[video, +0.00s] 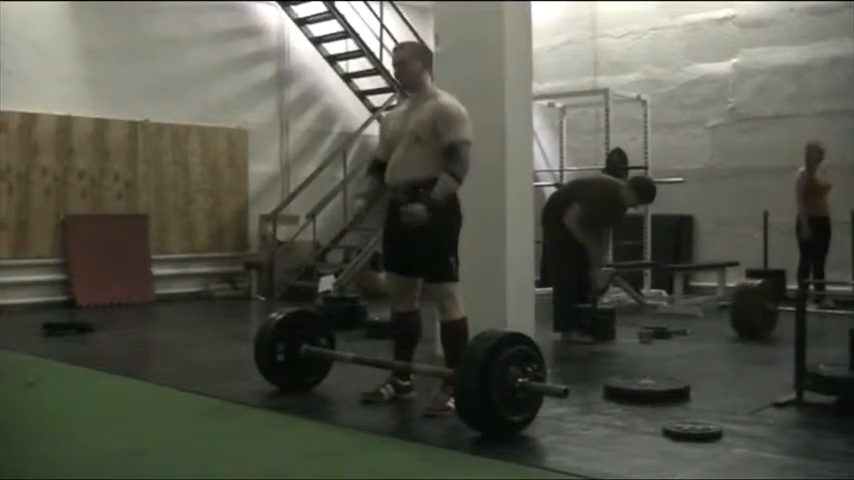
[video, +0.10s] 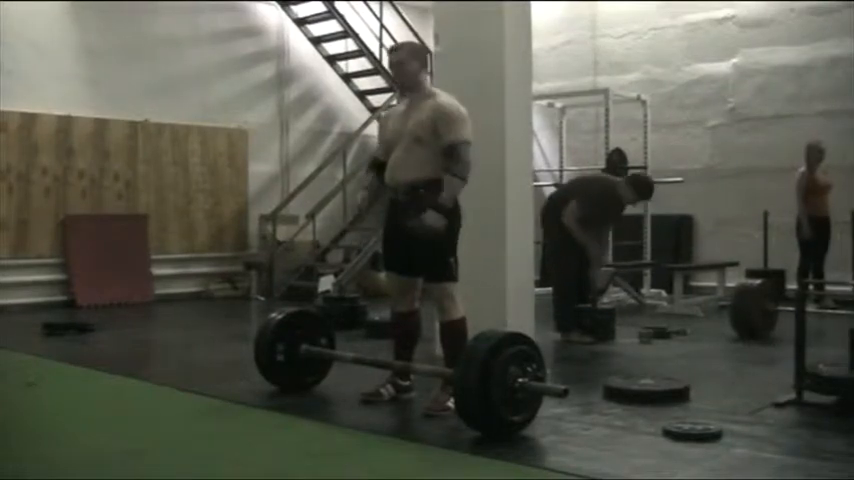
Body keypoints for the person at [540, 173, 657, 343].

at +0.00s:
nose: (635, 204)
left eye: (639, 203)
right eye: (636, 200)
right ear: (633, 192)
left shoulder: (618, 200)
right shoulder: (604, 192)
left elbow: (605, 232)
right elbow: (570, 219)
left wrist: (605, 262)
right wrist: (591, 246)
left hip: (579, 222)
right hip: (558, 220)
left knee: (582, 269)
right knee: (567, 271)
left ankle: (582, 323)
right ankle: (568, 328)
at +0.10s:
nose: (633, 202)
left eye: (637, 200)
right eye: (634, 198)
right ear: (630, 189)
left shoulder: (616, 198)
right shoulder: (601, 190)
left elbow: (603, 231)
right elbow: (567, 217)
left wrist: (602, 258)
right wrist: (589, 244)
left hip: (579, 220)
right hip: (557, 219)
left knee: (581, 268)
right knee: (567, 270)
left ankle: (582, 323)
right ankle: (568, 328)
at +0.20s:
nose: (630, 199)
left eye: (633, 197)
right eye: (631, 195)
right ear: (624, 184)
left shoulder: (615, 200)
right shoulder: (592, 185)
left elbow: (602, 231)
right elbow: (563, 215)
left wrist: (600, 259)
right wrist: (588, 244)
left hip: (581, 222)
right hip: (555, 221)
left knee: (582, 270)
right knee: (565, 271)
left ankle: (584, 324)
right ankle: (567, 329)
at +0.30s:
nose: (628, 196)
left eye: (631, 194)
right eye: (629, 192)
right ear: (621, 181)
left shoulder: (614, 199)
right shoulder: (591, 183)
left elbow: (602, 230)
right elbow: (562, 213)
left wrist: (601, 257)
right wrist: (586, 241)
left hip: (581, 223)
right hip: (556, 220)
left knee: (582, 270)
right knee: (566, 271)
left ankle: (584, 324)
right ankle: (568, 330)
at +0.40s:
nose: (626, 194)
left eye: (630, 192)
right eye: (627, 189)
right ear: (620, 179)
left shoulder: (613, 197)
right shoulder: (589, 183)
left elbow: (602, 229)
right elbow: (560, 212)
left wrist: (601, 260)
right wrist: (584, 240)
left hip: (581, 226)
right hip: (556, 223)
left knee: (584, 272)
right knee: (570, 273)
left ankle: (584, 325)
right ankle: (569, 330)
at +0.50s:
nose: (624, 192)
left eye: (628, 189)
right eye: (625, 187)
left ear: (626, 184)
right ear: (619, 177)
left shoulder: (611, 197)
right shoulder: (585, 182)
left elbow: (602, 231)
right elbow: (558, 212)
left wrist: (602, 261)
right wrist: (583, 239)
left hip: (582, 232)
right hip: (558, 228)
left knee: (586, 276)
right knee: (574, 277)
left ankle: (584, 326)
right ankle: (571, 329)